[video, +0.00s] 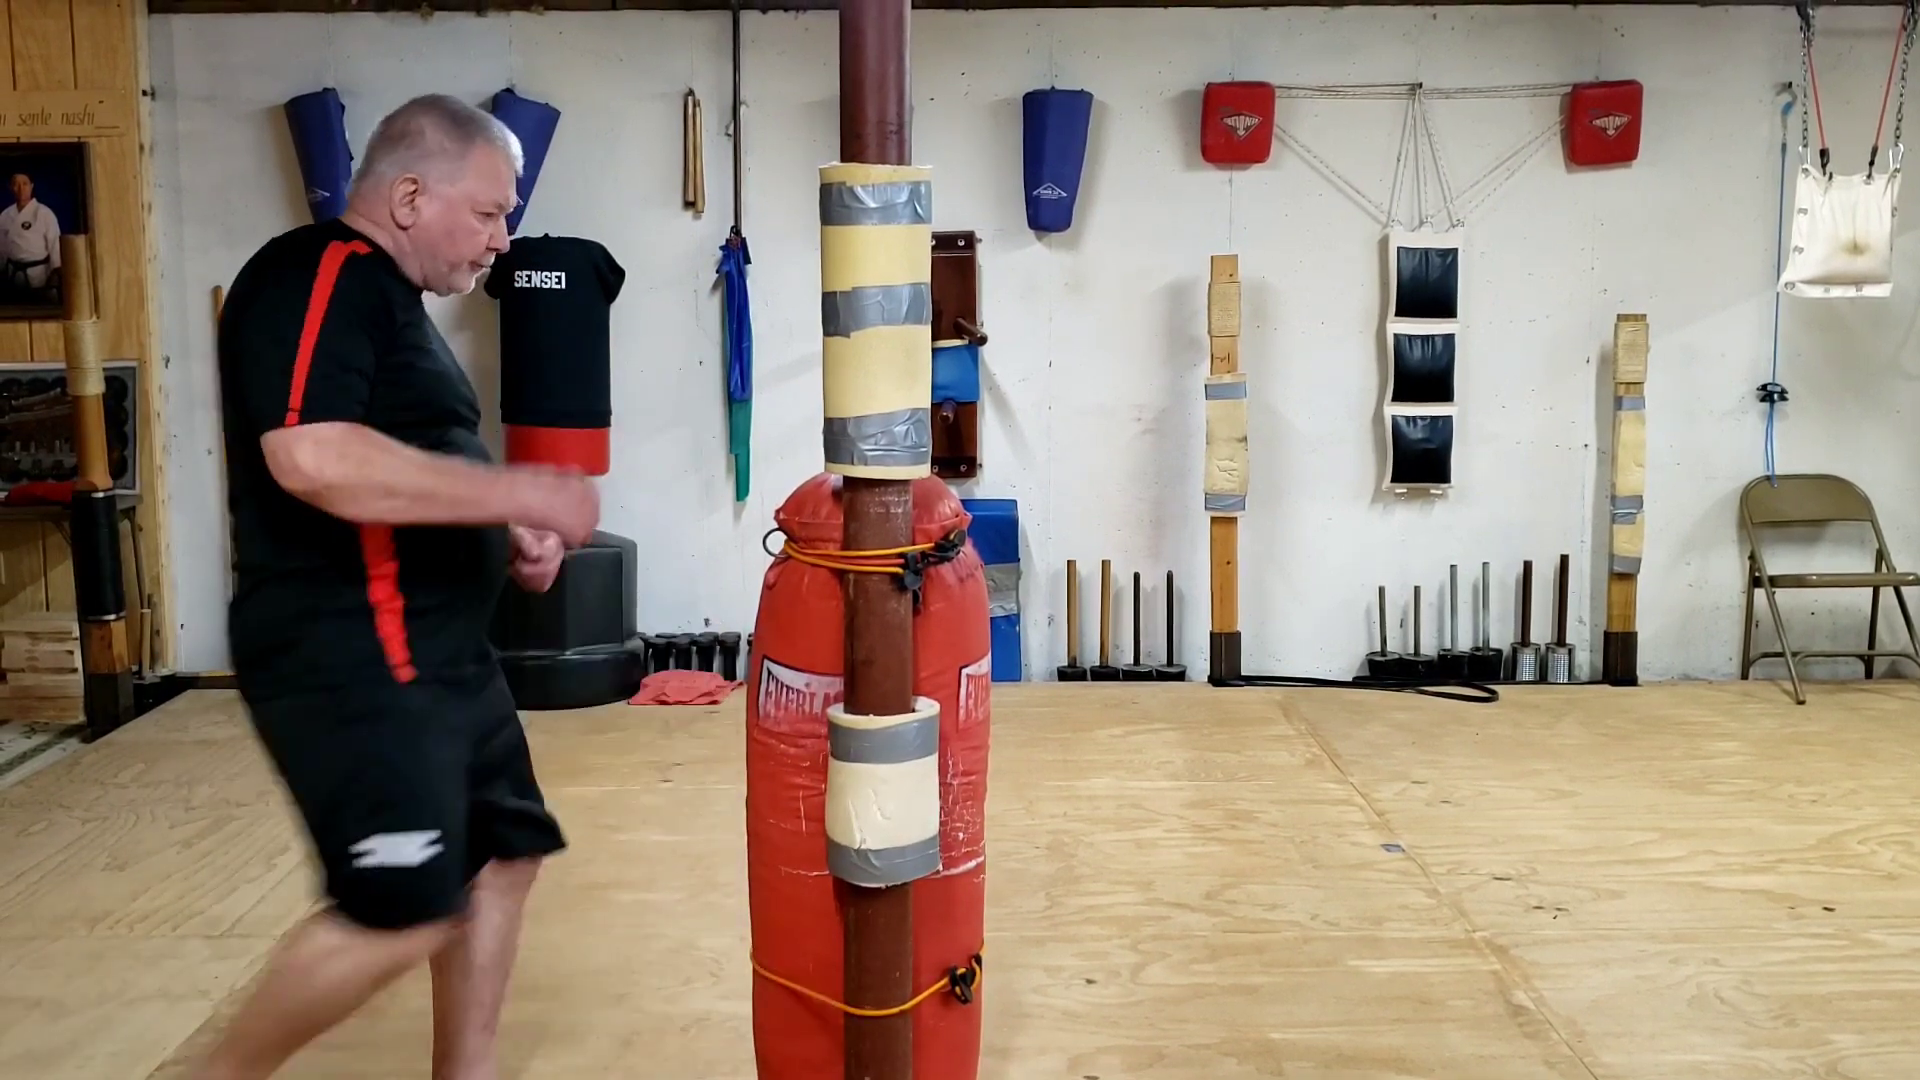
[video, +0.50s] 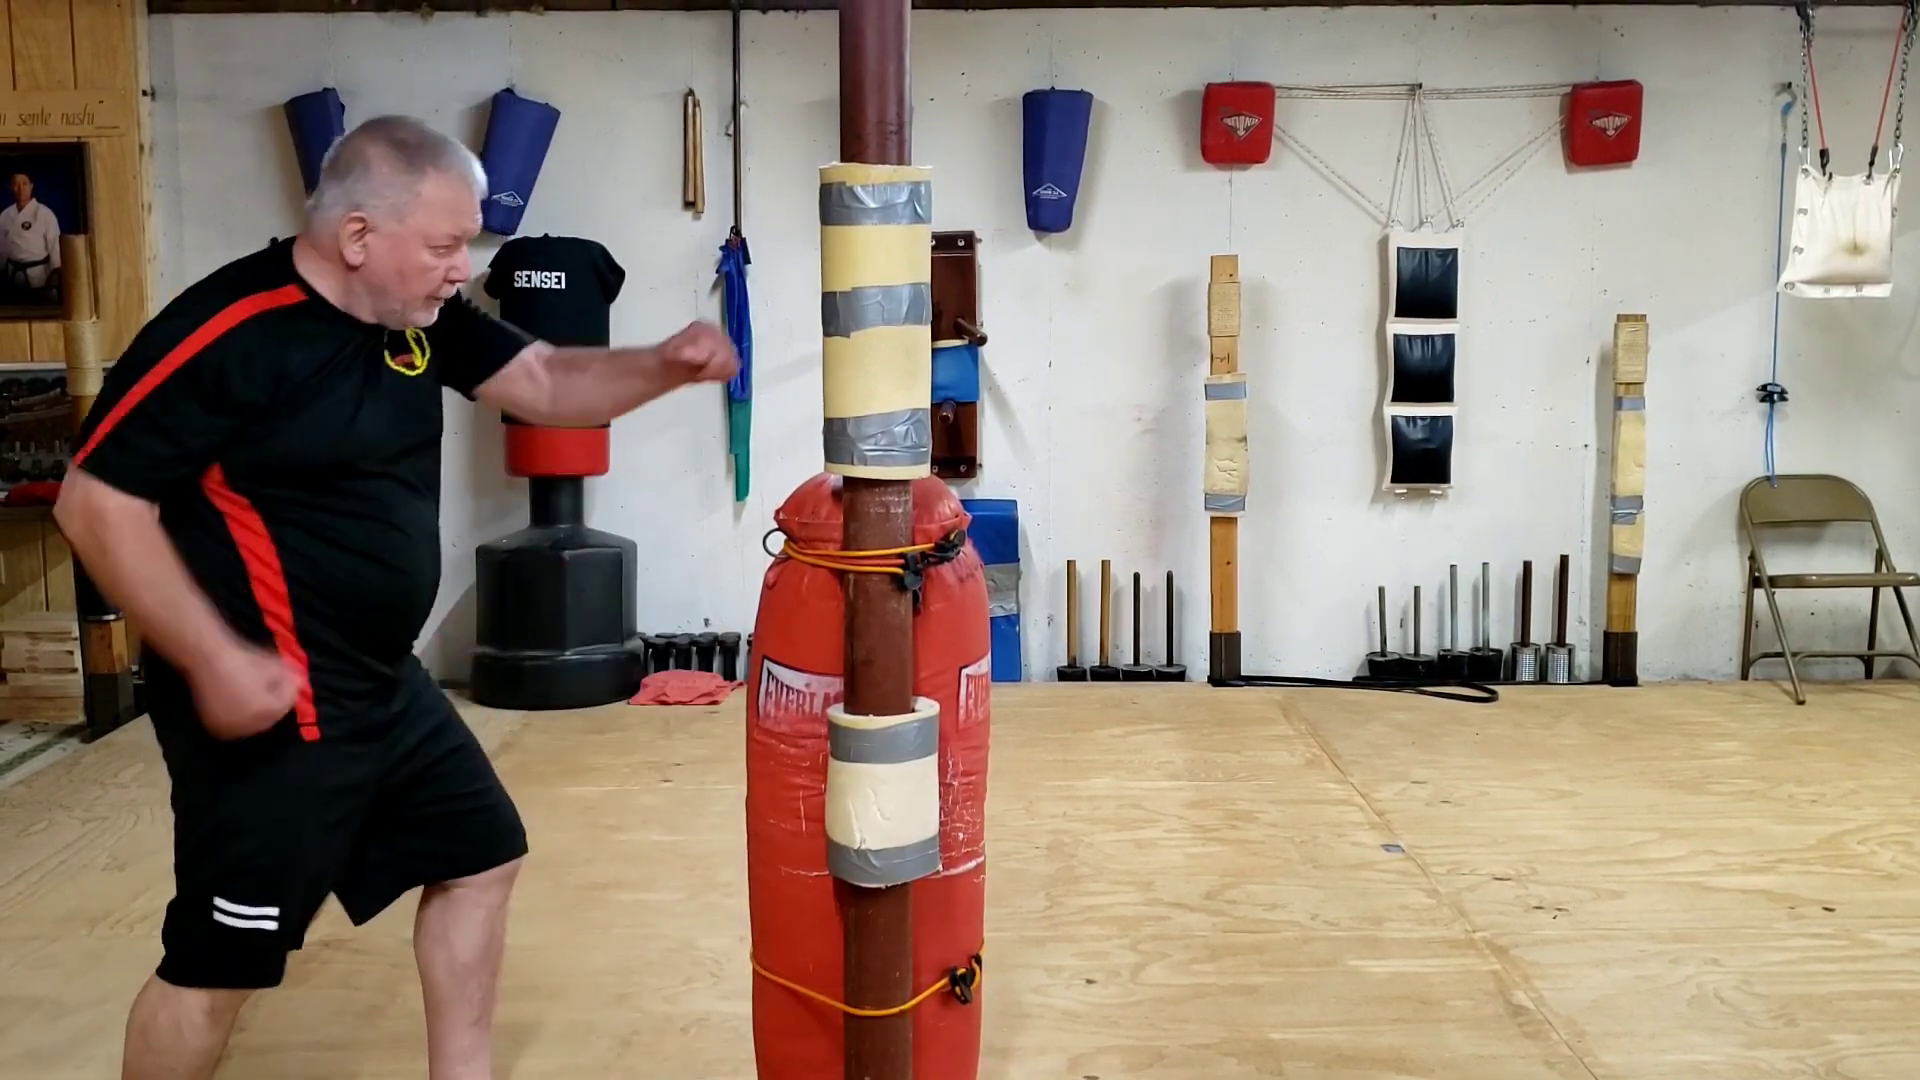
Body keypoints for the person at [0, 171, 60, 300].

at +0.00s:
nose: (21, 188)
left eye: (25, 184)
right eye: (17, 184)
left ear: (31, 186)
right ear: (12, 188)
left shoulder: (45, 214)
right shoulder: (5, 215)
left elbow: (54, 244)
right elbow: (3, 246)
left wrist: (56, 271)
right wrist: (3, 269)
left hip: (38, 273)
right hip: (12, 272)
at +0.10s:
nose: (21, 188)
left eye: (25, 184)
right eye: (16, 184)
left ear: (31, 186)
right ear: (12, 188)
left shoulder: (45, 214)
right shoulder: (5, 215)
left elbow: (54, 245)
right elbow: (3, 246)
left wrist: (56, 271)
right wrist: (3, 270)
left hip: (37, 272)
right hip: (12, 272)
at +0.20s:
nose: (21, 188)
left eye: (25, 184)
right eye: (16, 184)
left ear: (31, 187)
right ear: (12, 188)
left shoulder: (45, 214)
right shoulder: (5, 215)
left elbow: (54, 245)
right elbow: (3, 246)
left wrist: (56, 271)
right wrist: (3, 269)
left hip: (38, 272)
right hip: (12, 272)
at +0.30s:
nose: (21, 188)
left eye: (25, 184)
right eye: (16, 184)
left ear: (31, 186)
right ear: (12, 188)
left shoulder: (45, 214)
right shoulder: (5, 215)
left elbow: (54, 245)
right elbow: (2, 246)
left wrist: (56, 271)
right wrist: (3, 269)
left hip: (37, 272)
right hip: (11, 272)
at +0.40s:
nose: (21, 188)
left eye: (25, 184)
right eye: (17, 184)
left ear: (31, 186)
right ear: (13, 188)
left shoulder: (45, 214)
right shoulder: (5, 215)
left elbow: (54, 244)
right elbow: (3, 245)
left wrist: (55, 271)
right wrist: (3, 269)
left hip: (37, 272)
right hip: (11, 272)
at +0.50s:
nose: (21, 188)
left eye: (25, 184)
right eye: (16, 184)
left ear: (31, 187)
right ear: (12, 188)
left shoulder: (45, 214)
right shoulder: (5, 215)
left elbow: (54, 245)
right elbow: (3, 246)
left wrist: (56, 272)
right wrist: (2, 270)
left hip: (37, 272)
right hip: (11, 272)